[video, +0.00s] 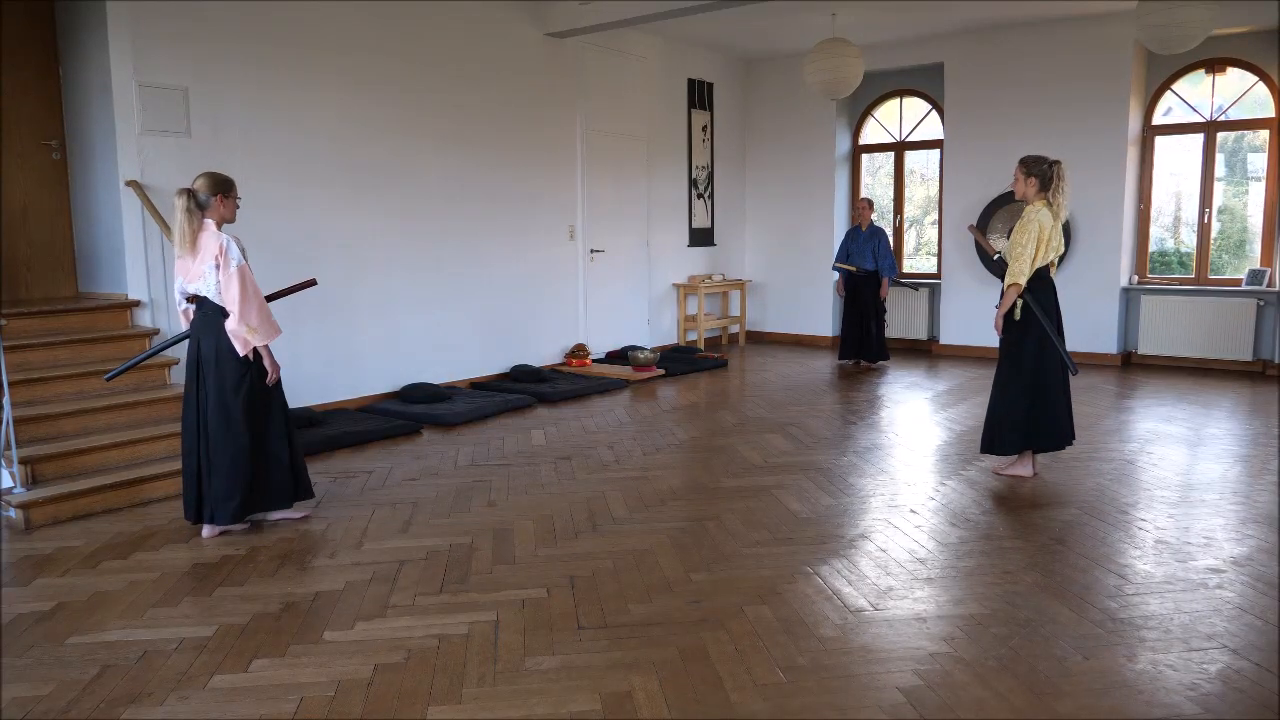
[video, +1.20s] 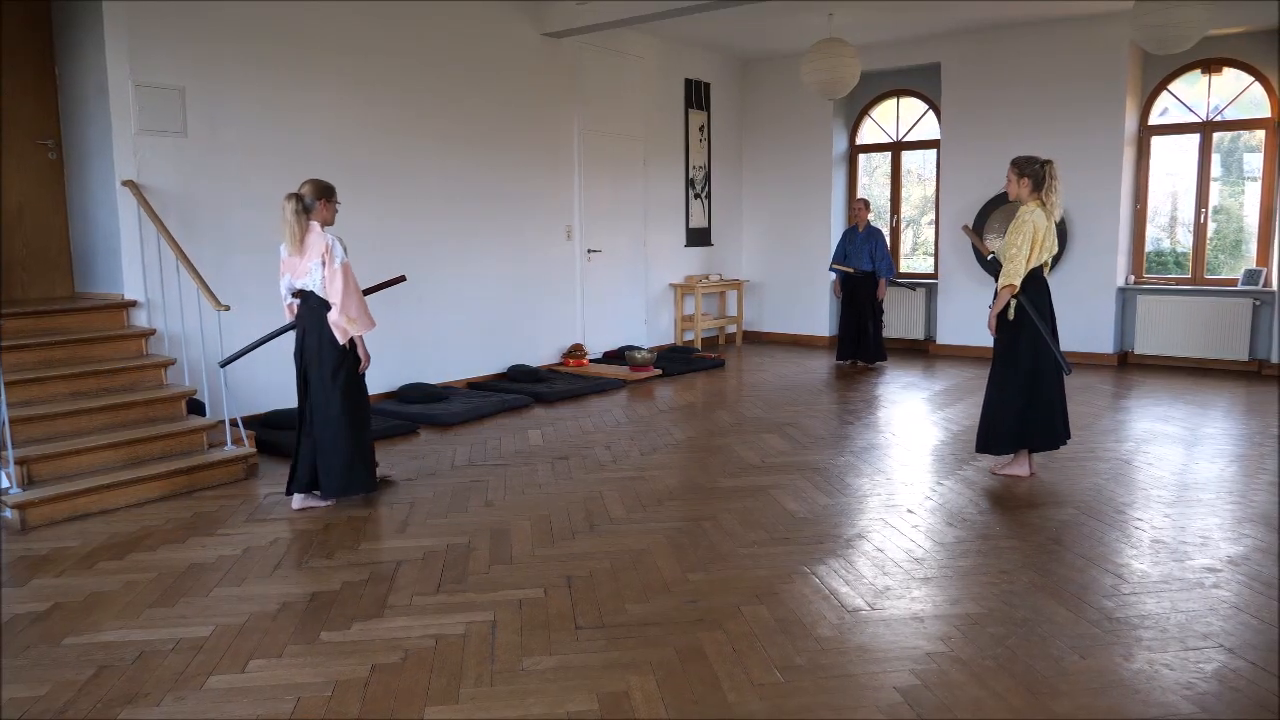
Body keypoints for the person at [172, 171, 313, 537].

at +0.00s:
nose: (237, 206)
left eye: (236, 199)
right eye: (234, 200)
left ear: (203, 202)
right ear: (219, 202)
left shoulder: (186, 245)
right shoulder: (224, 244)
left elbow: (185, 303)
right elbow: (242, 304)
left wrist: (201, 334)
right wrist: (264, 349)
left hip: (201, 340)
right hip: (232, 339)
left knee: (213, 425)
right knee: (260, 415)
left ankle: (216, 515)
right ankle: (276, 502)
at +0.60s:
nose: (288, 205)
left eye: (286, 199)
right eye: (285, 200)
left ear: (256, 203)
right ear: (271, 202)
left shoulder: (237, 245)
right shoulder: (280, 242)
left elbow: (236, 301)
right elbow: (294, 299)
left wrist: (252, 327)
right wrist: (312, 344)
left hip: (251, 332)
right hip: (281, 332)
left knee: (247, 413)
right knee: (298, 411)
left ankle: (221, 500)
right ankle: (306, 493)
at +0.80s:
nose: (305, 204)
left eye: (304, 199)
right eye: (302, 199)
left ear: (275, 201)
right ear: (289, 201)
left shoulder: (254, 244)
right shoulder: (298, 240)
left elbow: (256, 298)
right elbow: (314, 297)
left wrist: (273, 324)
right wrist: (333, 339)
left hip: (272, 330)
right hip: (302, 330)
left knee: (275, 406)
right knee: (309, 408)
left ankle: (254, 486)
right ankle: (305, 493)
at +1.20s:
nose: (337, 210)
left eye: (336, 204)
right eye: (335, 204)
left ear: (310, 206)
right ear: (322, 206)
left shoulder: (290, 246)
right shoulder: (329, 242)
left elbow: (290, 301)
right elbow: (342, 298)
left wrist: (307, 325)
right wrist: (358, 340)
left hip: (306, 331)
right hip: (331, 330)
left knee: (314, 408)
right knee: (340, 406)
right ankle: (305, 491)